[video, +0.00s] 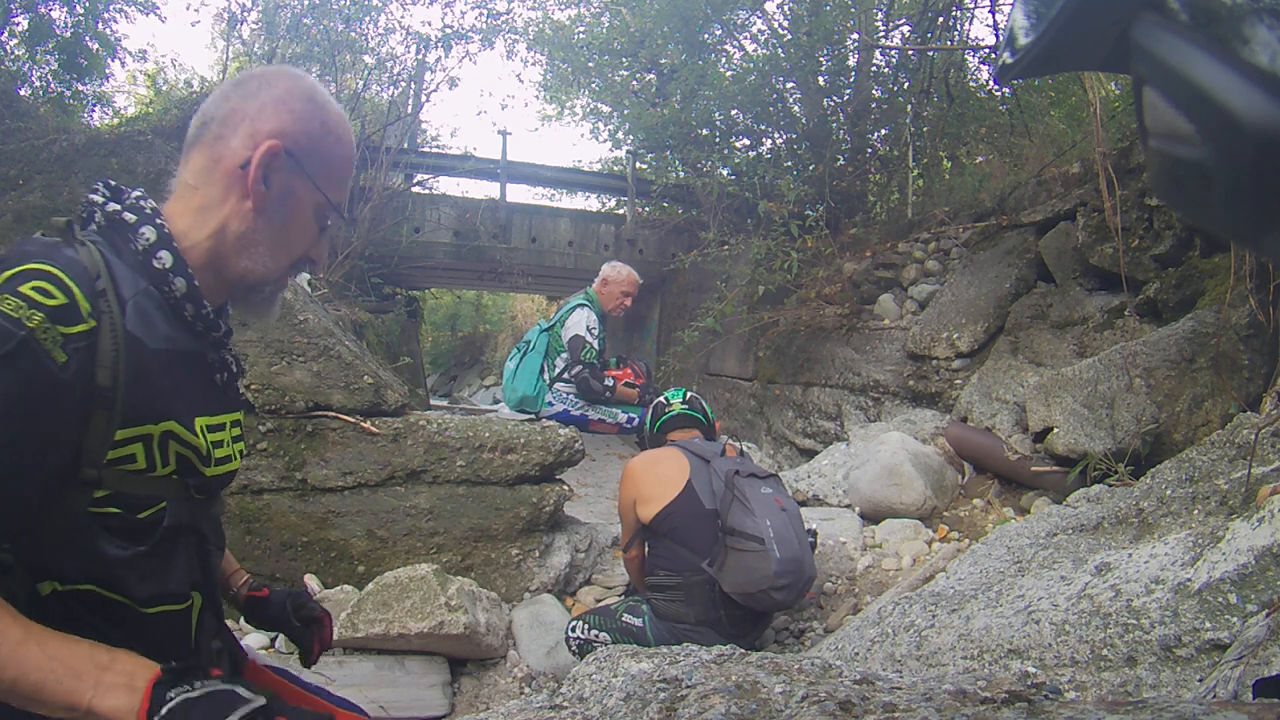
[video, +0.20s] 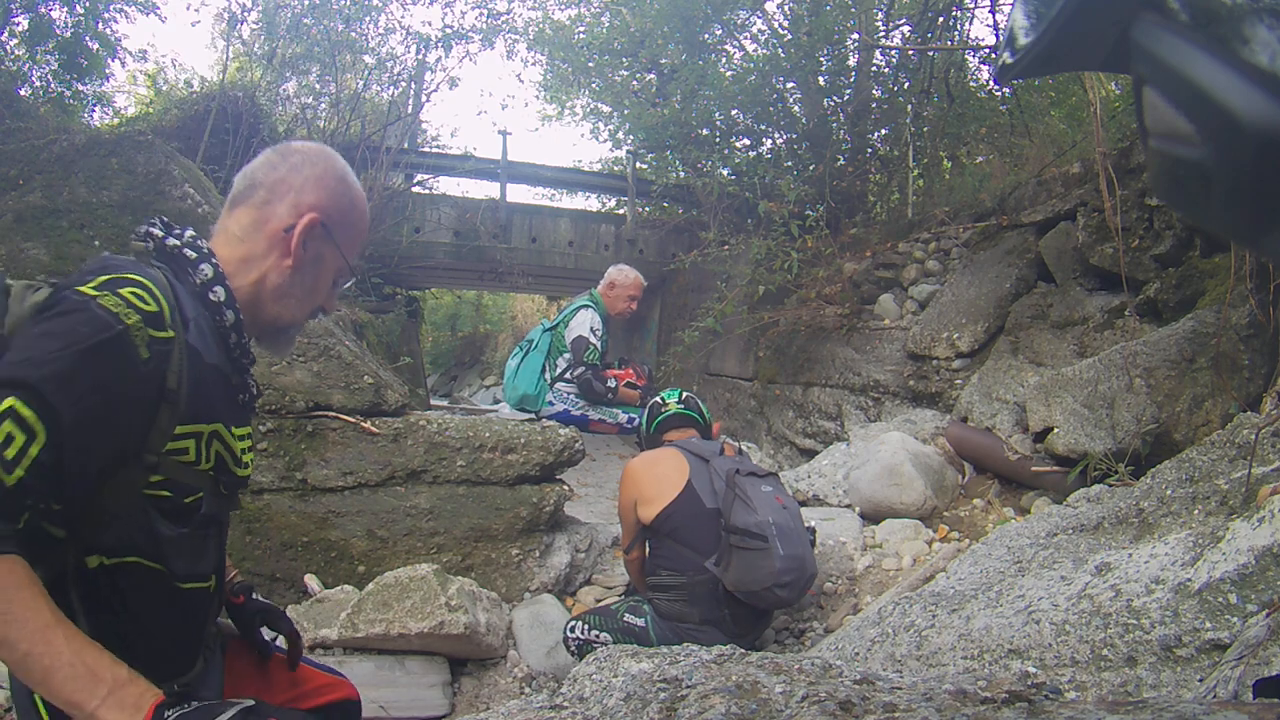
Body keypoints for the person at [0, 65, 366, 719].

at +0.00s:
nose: (320, 256)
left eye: (331, 225)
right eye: (326, 216)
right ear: (262, 173)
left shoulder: (201, 327)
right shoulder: (46, 302)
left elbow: (166, 520)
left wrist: (249, 595)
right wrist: (145, 692)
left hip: (204, 668)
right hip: (60, 700)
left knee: (351, 716)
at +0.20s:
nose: (333, 303)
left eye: (344, 282)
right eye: (341, 275)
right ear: (300, 240)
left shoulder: (216, 336)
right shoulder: (120, 319)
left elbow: (145, 519)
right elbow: (2, 537)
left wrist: (230, 595)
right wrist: (129, 702)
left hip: (194, 658)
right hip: (94, 694)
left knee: (334, 699)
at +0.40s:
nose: (339, 326)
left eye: (352, 308)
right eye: (351, 302)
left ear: (262, 242)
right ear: (323, 276)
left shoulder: (233, 329)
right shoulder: (185, 310)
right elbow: (25, 448)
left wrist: (216, 602)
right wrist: (136, 697)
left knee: (320, 687)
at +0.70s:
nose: (357, 267)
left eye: (371, 254)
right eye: (372, 247)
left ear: (290, 184)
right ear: (355, 220)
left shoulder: (246, 262)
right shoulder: (215, 250)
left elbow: (182, 433)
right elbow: (104, 426)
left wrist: (216, 560)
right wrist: (152, 694)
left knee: (285, 676)